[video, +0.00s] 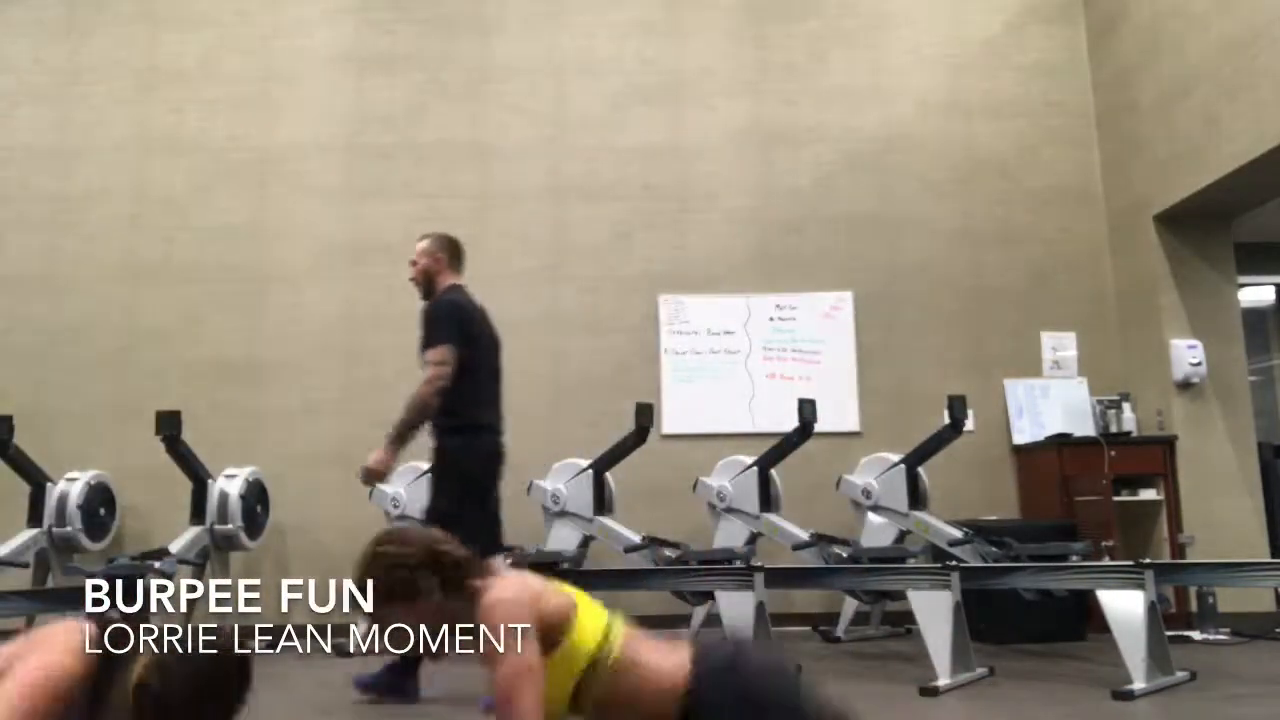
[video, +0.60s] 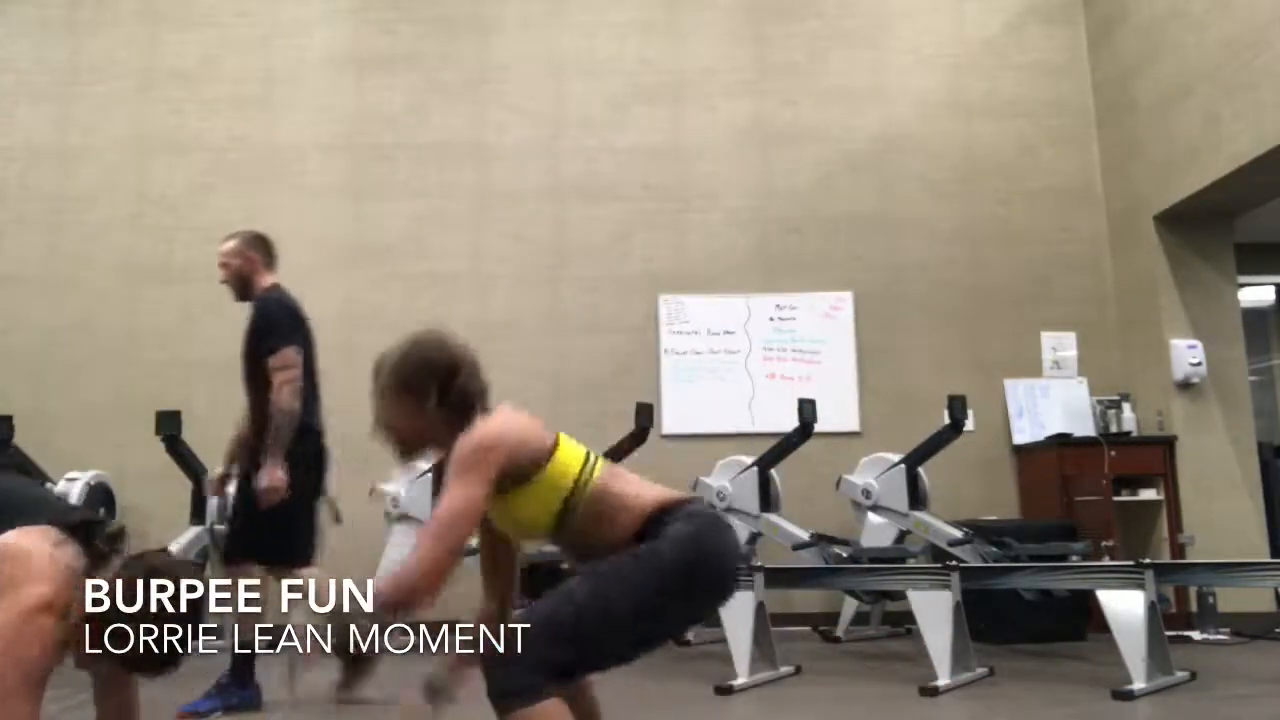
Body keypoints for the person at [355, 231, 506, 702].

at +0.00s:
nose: (410, 271)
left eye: (416, 263)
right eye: (411, 263)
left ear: (439, 263)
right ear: (448, 265)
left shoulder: (444, 307)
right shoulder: (470, 309)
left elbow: (437, 381)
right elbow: (472, 391)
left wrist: (390, 449)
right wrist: (446, 451)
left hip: (460, 452)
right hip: (481, 449)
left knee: (432, 556)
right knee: (481, 558)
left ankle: (403, 668)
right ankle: (515, 667)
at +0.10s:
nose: (387, 272)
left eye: (392, 263)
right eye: (387, 264)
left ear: (415, 263)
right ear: (424, 265)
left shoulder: (420, 307)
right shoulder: (446, 309)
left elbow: (412, 381)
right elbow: (453, 397)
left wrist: (368, 448)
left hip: (434, 454)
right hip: (454, 453)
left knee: (410, 560)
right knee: (436, 561)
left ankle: (396, 672)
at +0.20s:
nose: (357, 269)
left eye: (362, 260)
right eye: (357, 261)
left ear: (386, 262)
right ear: (395, 263)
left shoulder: (394, 303)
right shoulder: (413, 304)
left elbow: (393, 376)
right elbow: (424, 395)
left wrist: (352, 447)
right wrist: (435, 473)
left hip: (400, 454)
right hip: (423, 452)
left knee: (370, 557)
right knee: (415, 557)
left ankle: (395, 670)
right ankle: (432, 662)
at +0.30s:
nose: (326, 270)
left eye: (331, 260)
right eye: (326, 262)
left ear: (355, 260)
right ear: (361, 261)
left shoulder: (369, 303)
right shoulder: (380, 303)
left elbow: (377, 375)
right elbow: (387, 386)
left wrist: (340, 446)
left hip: (376, 444)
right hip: (395, 445)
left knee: (317, 548)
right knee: (385, 552)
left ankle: (352, 668)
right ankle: (397, 669)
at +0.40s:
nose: (291, 276)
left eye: (295, 267)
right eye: (290, 268)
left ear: (318, 265)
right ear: (322, 265)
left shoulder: (339, 310)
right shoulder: (334, 313)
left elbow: (349, 388)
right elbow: (327, 402)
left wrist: (326, 457)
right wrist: (300, 461)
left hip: (346, 456)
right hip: (361, 454)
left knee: (292, 561)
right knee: (373, 562)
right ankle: (396, 670)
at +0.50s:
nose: (261, 277)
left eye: (265, 267)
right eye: (260, 269)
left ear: (289, 266)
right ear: (293, 266)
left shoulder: (311, 314)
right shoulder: (308, 313)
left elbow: (324, 396)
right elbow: (305, 403)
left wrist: (310, 466)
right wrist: (271, 463)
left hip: (313, 465)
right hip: (330, 463)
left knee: (266, 568)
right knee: (348, 568)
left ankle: (243, 679)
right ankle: (390, 664)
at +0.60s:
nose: (221, 273)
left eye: (227, 263)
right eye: (221, 265)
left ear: (254, 262)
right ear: (253, 264)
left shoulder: (275, 310)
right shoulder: (268, 311)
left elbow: (288, 390)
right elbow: (260, 403)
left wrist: (275, 460)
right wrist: (232, 463)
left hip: (282, 460)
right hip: (285, 459)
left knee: (238, 563)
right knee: (283, 566)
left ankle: (240, 678)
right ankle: (348, 639)